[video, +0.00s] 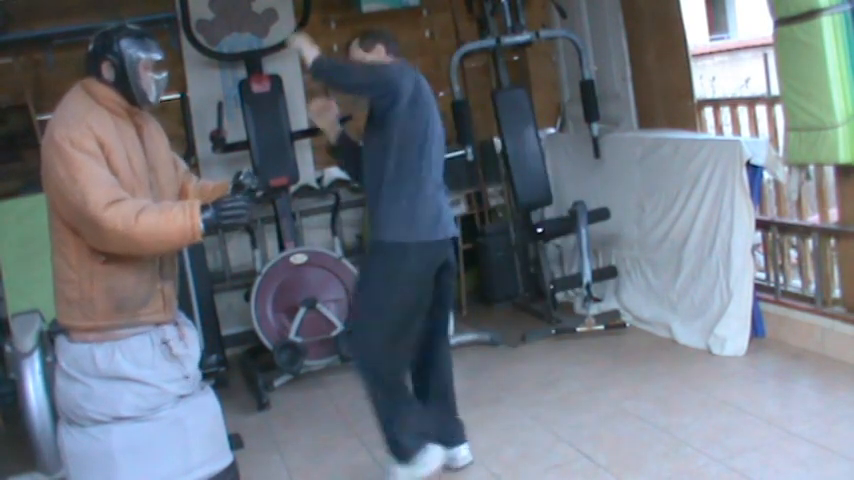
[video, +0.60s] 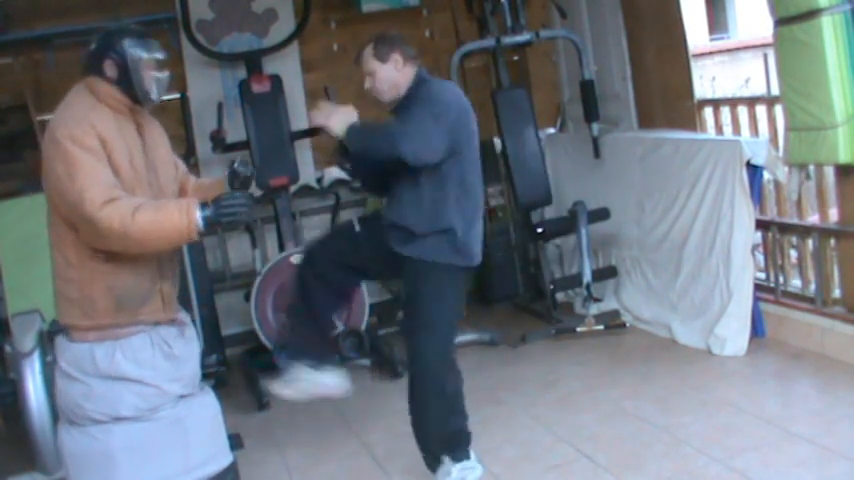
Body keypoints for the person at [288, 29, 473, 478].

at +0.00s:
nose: (356, 70)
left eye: (358, 61)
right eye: (354, 64)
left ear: (381, 52)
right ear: (385, 53)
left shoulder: (399, 79)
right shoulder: (409, 99)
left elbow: (347, 75)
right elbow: (373, 174)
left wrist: (313, 57)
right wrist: (336, 132)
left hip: (404, 240)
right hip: (435, 237)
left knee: (370, 341)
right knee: (429, 344)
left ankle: (413, 449)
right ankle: (452, 441)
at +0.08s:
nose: (348, 69)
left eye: (355, 59)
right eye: (346, 63)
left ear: (376, 54)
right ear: (354, 68)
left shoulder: (409, 84)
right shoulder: (378, 110)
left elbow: (398, 56)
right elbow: (346, 157)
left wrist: (336, 39)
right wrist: (319, 105)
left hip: (421, 238)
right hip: (398, 241)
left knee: (422, 346)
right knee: (411, 345)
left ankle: (453, 456)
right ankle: (451, 442)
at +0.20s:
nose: (363, 70)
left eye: (366, 57)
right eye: (360, 60)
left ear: (386, 55)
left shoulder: (425, 91)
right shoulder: (374, 125)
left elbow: (371, 61)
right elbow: (326, 147)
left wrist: (327, 61)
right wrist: (317, 92)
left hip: (429, 238)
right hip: (384, 237)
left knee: (432, 351)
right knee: (317, 291)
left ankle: (463, 457)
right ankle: (372, 373)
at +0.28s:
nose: (358, 88)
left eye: (361, 78)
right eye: (354, 82)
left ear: (387, 65)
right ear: (374, 75)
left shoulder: (429, 98)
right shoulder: (381, 122)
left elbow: (365, 105)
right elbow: (340, 181)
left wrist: (321, 103)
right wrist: (335, 132)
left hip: (418, 241)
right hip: (369, 229)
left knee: (412, 347)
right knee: (288, 229)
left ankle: (460, 458)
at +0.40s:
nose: (357, 102)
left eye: (360, 91)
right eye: (355, 93)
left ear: (385, 78)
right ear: (384, 81)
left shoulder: (427, 112)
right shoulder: (394, 119)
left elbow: (374, 150)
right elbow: (366, 195)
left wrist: (320, 140)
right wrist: (340, 161)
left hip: (409, 246)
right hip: (368, 232)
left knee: (399, 355)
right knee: (280, 226)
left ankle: (456, 460)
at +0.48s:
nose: (359, 98)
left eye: (363, 88)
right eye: (357, 90)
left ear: (390, 77)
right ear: (387, 80)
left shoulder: (427, 113)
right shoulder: (400, 119)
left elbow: (389, 160)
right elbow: (380, 193)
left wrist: (324, 147)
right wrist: (342, 151)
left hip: (423, 253)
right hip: (386, 239)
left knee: (404, 357)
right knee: (302, 236)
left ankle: (456, 460)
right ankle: (219, 306)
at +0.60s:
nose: (368, 86)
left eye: (372, 75)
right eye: (366, 78)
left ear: (399, 62)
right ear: (391, 67)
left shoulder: (440, 97)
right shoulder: (408, 111)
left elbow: (420, 148)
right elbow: (386, 180)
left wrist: (349, 127)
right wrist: (350, 153)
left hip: (441, 240)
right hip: (400, 231)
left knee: (430, 353)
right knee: (322, 261)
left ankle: (453, 459)